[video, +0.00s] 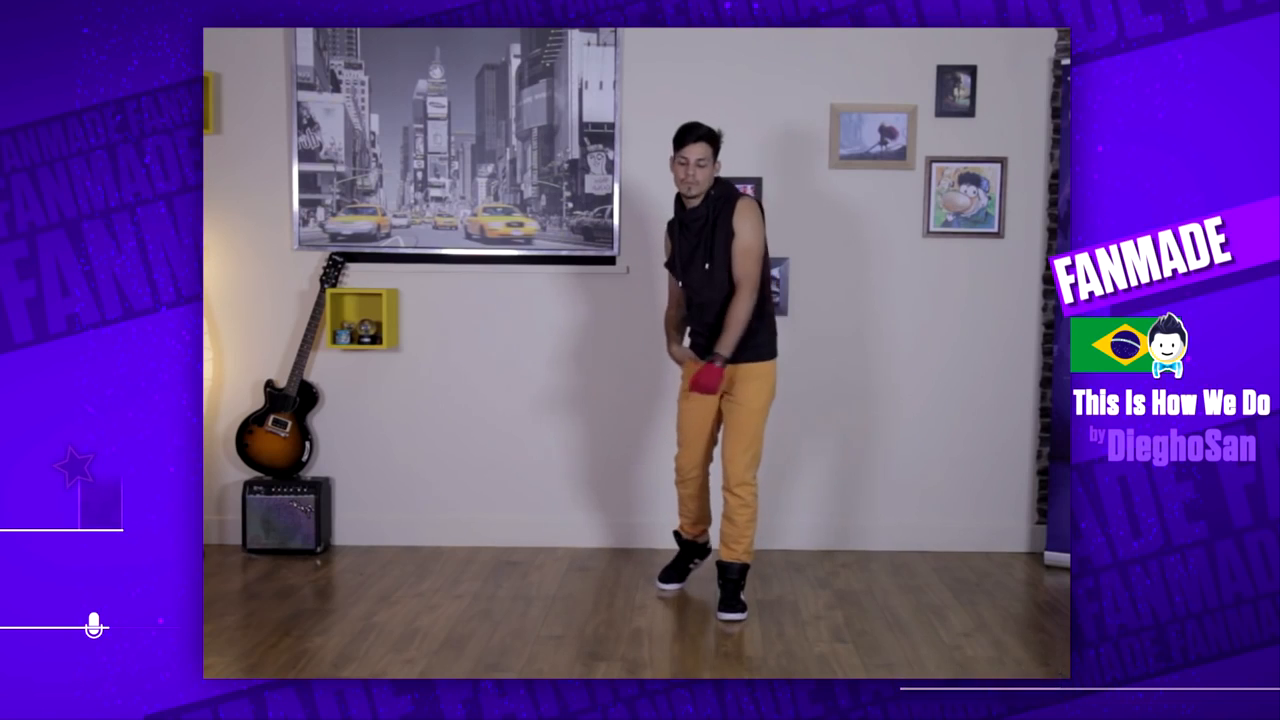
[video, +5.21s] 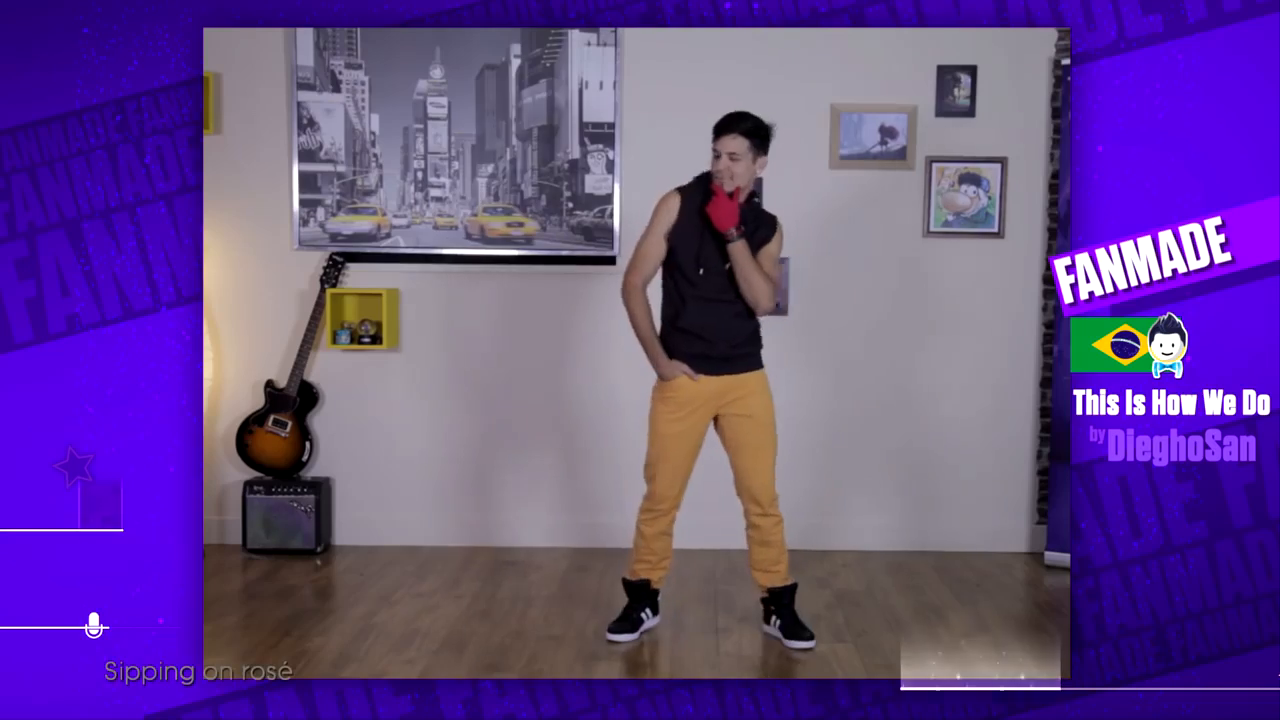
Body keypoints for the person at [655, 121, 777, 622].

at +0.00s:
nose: (689, 173)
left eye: (700, 164)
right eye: (682, 163)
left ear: (716, 167)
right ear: (671, 167)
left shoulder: (743, 211)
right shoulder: (676, 228)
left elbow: (748, 288)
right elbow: (676, 296)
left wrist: (719, 357)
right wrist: (673, 342)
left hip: (749, 359)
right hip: (700, 358)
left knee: (737, 473)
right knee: (689, 464)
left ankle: (733, 576)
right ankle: (692, 544)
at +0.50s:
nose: (729, 160)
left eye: (740, 153)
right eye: (722, 150)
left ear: (755, 161)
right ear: (711, 155)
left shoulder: (775, 215)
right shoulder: (688, 219)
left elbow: (790, 290)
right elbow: (660, 294)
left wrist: (784, 350)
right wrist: (676, 349)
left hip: (762, 368)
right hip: (707, 364)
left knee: (744, 477)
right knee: (688, 470)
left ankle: (734, 577)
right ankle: (686, 541)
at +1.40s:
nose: (707, 153)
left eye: (719, 145)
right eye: (700, 144)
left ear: (736, 155)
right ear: (690, 151)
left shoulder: (753, 226)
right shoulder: (658, 209)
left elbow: (767, 307)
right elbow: (625, 289)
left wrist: (747, 331)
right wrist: (650, 352)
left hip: (736, 376)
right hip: (677, 374)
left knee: (751, 483)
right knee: (661, 488)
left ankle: (737, 579)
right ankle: (643, 597)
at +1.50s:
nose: (696, 153)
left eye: (708, 146)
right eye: (689, 144)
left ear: (724, 157)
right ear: (677, 151)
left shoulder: (746, 219)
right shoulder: (649, 215)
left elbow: (764, 305)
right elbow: (612, 293)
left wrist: (720, 289)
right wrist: (644, 354)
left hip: (735, 376)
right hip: (673, 375)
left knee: (758, 481)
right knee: (660, 489)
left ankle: (750, 576)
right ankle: (644, 598)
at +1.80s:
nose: (725, 166)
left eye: (735, 157)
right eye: (715, 156)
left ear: (745, 157)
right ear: (696, 156)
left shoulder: (757, 202)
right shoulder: (684, 218)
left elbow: (742, 273)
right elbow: (662, 297)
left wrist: (710, 208)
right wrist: (664, 347)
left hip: (752, 378)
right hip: (691, 375)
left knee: (774, 494)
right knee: (665, 492)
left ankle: (800, 604)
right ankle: (653, 600)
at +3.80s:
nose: (719, 168)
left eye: (731, 160)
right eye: (715, 157)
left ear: (760, 164)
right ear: (710, 157)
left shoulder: (773, 225)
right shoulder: (684, 205)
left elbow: (775, 299)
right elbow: (641, 285)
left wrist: (733, 236)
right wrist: (663, 354)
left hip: (753, 378)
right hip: (690, 376)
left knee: (769, 491)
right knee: (663, 493)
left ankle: (789, 603)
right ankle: (644, 599)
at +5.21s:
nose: (722, 166)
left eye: (735, 158)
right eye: (717, 155)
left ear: (761, 165)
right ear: (709, 156)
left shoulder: (767, 229)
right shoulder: (678, 206)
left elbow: (764, 302)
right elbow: (633, 285)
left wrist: (733, 236)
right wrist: (660, 361)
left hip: (745, 383)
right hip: (682, 381)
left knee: (762, 497)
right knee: (661, 496)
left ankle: (778, 604)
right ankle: (642, 600)